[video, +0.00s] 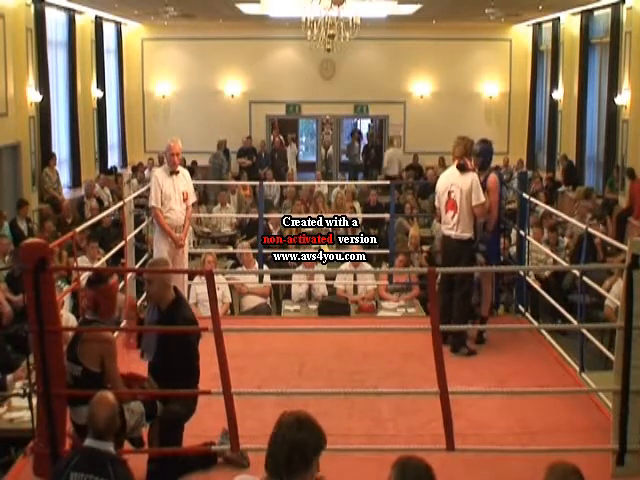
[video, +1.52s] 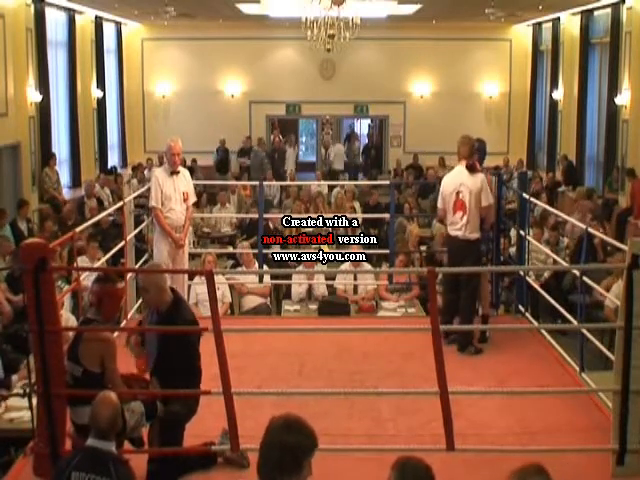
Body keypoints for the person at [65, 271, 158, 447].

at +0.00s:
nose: (116, 300)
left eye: (115, 293)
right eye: (112, 294)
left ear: (91, 298)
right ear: (98, 298)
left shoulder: (83, 327)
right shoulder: (104, 337)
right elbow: (116, 390)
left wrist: (129, 384)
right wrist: (138, 395)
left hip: (77, 411)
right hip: (93, 415)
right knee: (152, 406)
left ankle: (133, 430)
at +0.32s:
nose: (120, 299)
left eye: (118, 292)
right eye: (115, 293)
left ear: (92, 296)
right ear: (102, 297)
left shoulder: (83, 326)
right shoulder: (106, 336)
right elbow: (117, 390)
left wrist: (129, 383)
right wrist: (139, 394)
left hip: (76, 411)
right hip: (94, 416)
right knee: (152, 405)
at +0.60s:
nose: (121, 299)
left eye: (120, 293)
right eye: (117, 294)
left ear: (95, 298)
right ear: (103, 298)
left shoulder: (83, 325)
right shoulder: (109, 335)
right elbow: (119, 391)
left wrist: (131, 385)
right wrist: (140, 395)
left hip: (76, 412)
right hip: (95, 416)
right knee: (152, 405)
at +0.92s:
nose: (120, 301)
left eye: (119, 295)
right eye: (117, 295)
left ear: (94, 298)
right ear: (104, 299)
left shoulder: (83, 325)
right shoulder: (108, 336)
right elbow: (117, 388)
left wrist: (129, 384)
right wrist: (139, 396)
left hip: (76, 410)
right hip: (94, 415)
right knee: (153, 406)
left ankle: (133, 430)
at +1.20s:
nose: (120, 304)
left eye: (120, 298)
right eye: (117, 298)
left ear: (94, 300)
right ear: (105, 300)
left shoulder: (83, 328)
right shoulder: (105, 339)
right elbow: (116, 389)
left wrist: (130, 384)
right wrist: (140, 395)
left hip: (76, 410)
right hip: (94, 414)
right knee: (152, 406)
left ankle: (133, 430)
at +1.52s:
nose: (120, 305)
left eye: (121, 299)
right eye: (117, 299)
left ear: (95, 300)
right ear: (103, 301)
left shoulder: (83, 328)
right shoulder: (105, 339)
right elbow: (115, 387)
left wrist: (130, 385)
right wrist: (140, 395)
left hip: (77, 410)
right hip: (93, 415)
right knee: (152, 406)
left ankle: (133, 430)